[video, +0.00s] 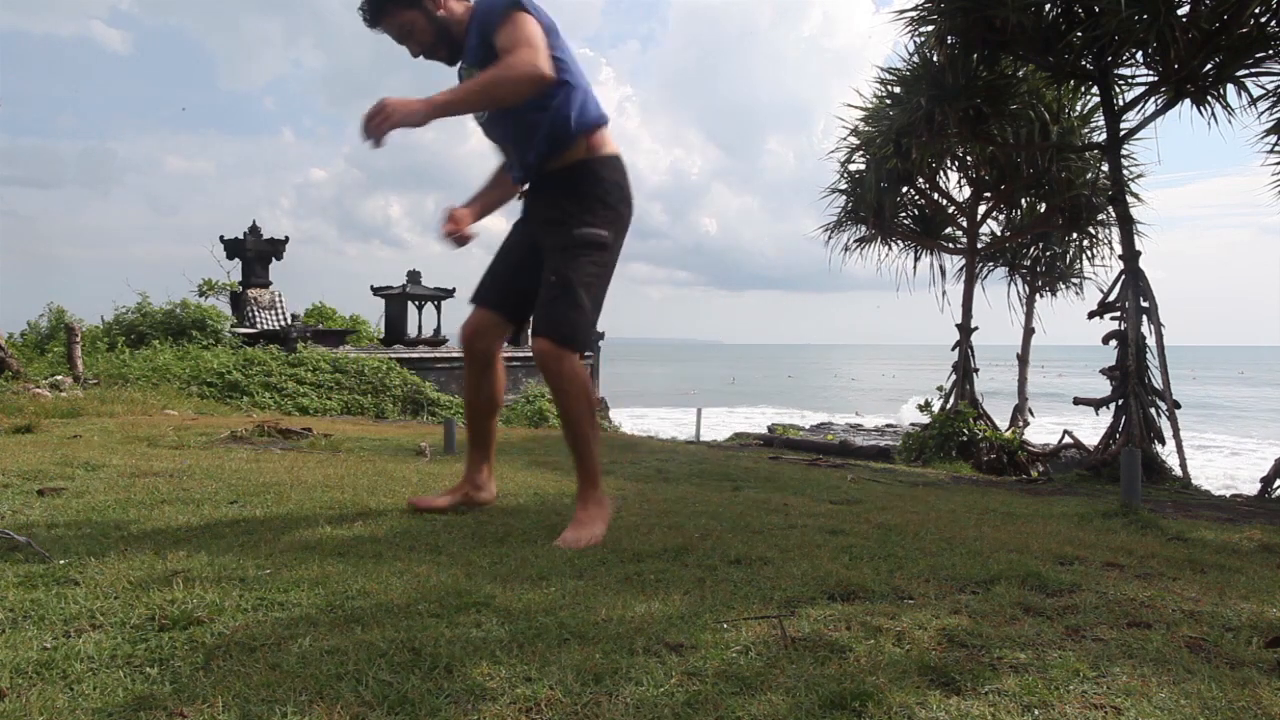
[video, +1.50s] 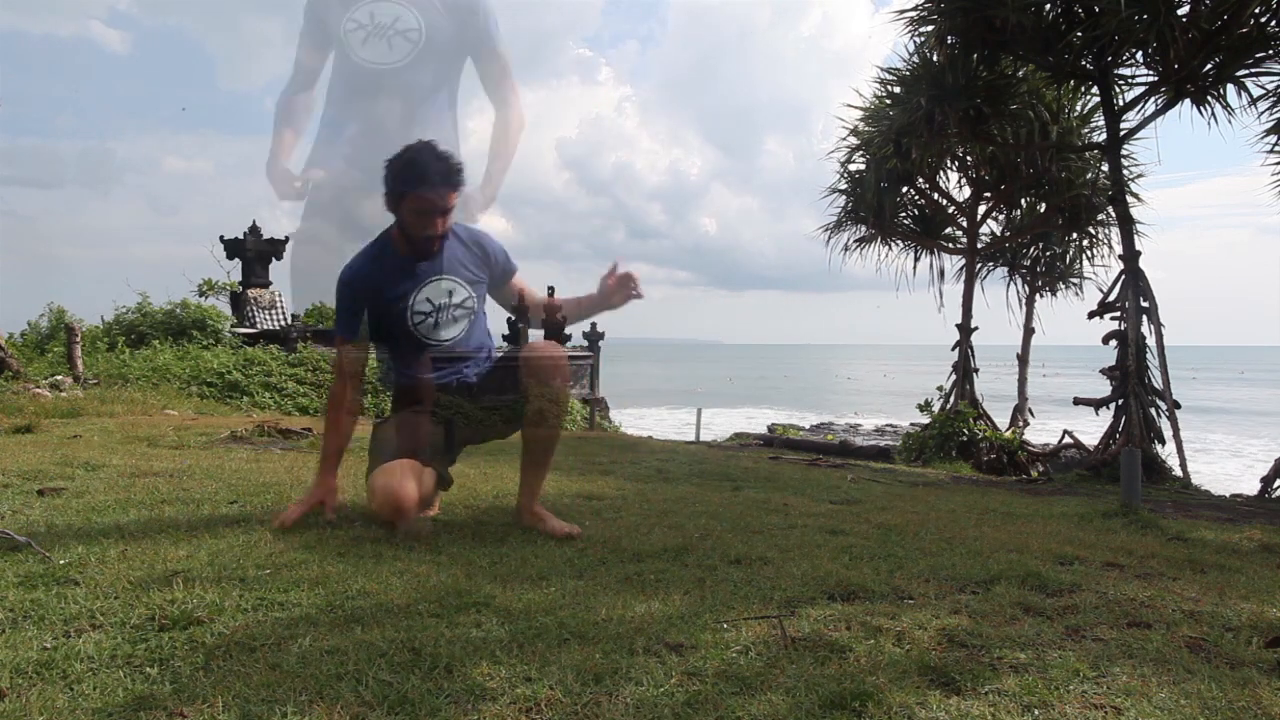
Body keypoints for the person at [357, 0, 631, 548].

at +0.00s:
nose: (409, 48)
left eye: (406, 33)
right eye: (398, 41)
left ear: (435, 5)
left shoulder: (503, 14)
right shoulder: (475, 67)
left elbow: (534, 69)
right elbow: (526, 157)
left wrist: (425, 108)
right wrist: (473, 209)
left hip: (591, 185)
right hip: (547, 195)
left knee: (555, 347)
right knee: (480, 335)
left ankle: (593, 501)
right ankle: (478, 481)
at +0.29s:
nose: (405, 143)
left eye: (409, 126)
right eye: (393, 133)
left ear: (438, 93)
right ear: (384, 123)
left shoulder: (514, 126)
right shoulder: (412, 169)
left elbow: (611, 180)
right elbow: (380, 265)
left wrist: (612, 197)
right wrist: (328, 337)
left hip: (552, 277)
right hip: (486, 284)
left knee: (555, 370)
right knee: (405, 387)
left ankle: (574, 509)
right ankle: (467, 487)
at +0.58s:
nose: (414, 244)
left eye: (420, 228)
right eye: (398, 237)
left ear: (435, 197)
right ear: (378, 226)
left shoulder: (490, 212)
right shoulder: (382, 271)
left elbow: (582, 254)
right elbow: (360, 380)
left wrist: (635, 264)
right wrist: (327, 490)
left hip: (516, 357)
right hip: (445, 370)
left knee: (565, 366)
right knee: (385, 457)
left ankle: (573, 508)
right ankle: (441, 463)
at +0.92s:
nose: (380, 249)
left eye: (385, 232)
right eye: (362, 242)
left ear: (392, 209)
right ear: (337, 235)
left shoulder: (438, 226)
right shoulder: (338, 291)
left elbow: (526, 253)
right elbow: (347, 401)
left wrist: (579, 221)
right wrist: (333, 506)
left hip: (482, 379)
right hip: (417, 403)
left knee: (540, 349)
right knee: (380, 505)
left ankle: (564, 504)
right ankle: (430, 475)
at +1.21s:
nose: (386, 240)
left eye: (393, 224)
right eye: (370, 232)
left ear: (401, 206)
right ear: (340, 223)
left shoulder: (437, 236)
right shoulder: (335, 289)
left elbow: (512, 272)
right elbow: (346, 401)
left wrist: (563, 229)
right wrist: (335, 507)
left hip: (477, 383)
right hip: (415, 406)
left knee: (541, 337)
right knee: (380, 504)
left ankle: (534, 491)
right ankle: (431, 478)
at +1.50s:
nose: (438, 226)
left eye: (447, 212)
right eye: (425, 214)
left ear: (457, 199)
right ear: (393, 205)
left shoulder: (476, 246)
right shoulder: (362, 277)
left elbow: (536, 310)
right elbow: (347, 384)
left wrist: (600, 300)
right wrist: (325, 483)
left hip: (486, 392)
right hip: (416, 407)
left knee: (549, 357)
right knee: (393, 502)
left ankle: (530, 505)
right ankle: (432, 483)